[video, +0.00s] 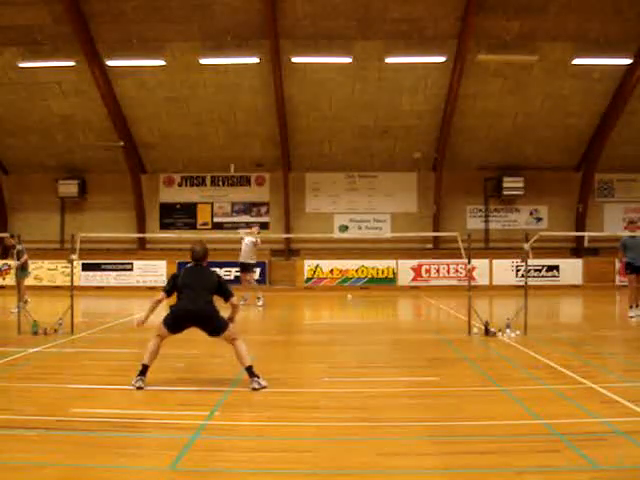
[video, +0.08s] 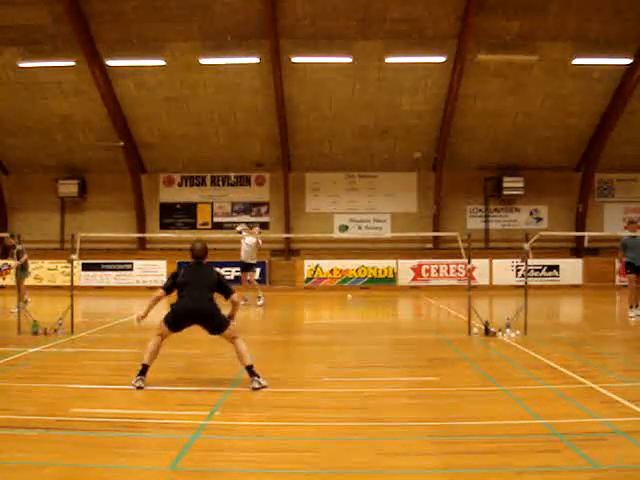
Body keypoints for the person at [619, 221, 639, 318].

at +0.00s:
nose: (632, 231)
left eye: (634, 228)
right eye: (630, 228)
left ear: (637, 228)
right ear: (627, 229)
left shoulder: (637, 239)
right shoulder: (625, 241)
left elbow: (621, 253)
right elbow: (621, 253)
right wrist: (622, 261)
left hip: (636, 263)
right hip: (630, 263)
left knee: (636, 286)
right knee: (632, 286)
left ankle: (636, 306)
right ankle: (631, 308)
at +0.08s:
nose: (633, 229)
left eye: (634, 226)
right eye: (631, 227)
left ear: (637, 227)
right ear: (627, 228)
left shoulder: (637, 239)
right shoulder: (626, 240)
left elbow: (621, 253)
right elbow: (621, 253)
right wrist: (622, 261)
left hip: (635, 263)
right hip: (630, 263)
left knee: (636, 286)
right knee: (632, 285)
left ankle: (636, 306)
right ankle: (631, 307)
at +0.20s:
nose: (634, 231)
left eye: (636, 228)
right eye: (632, 228)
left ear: (638, 229)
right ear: (629, 229)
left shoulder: (637, 239)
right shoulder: (626, 240)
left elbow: (621, 253)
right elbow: (621, 253)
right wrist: (622, 265)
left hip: (637, 265)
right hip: (630, 265)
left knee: (637, 287)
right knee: (632, 286)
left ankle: (636, 306)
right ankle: (629, 307)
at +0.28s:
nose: (634, 229)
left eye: (636, 226)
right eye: (632, 226)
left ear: (638, 228)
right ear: (629, 228)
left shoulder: (637, 239)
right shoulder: (626, 240)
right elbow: (621, 253)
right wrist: (621, 267)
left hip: (637, 264)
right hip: (629, 264)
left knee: (636, 286)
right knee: (630, 285)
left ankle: (636, 306)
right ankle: (627, 306)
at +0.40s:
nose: (633, 231)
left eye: (634, 229)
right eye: (631, 229)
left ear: (637, 230)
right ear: (628, 230)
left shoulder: (637, 240)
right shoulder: (626, 240)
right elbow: (621, 253)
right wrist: (620, 264)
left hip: (637, 266)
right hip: (628, 265)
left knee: (636, 287)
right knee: (627, 286)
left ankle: (636, 306)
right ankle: (624, 307)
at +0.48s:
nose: (632, 231)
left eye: (634, 228)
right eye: (630, 228)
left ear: (637, 229)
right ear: (627, 229)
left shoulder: (637, 240)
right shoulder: (625, 240)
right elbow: (621, 252)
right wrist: (620, 265)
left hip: (637, 265)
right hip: (627, 265)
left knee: (636, 286)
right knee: (626, 286)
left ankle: (636, 306)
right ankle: (624, 307)